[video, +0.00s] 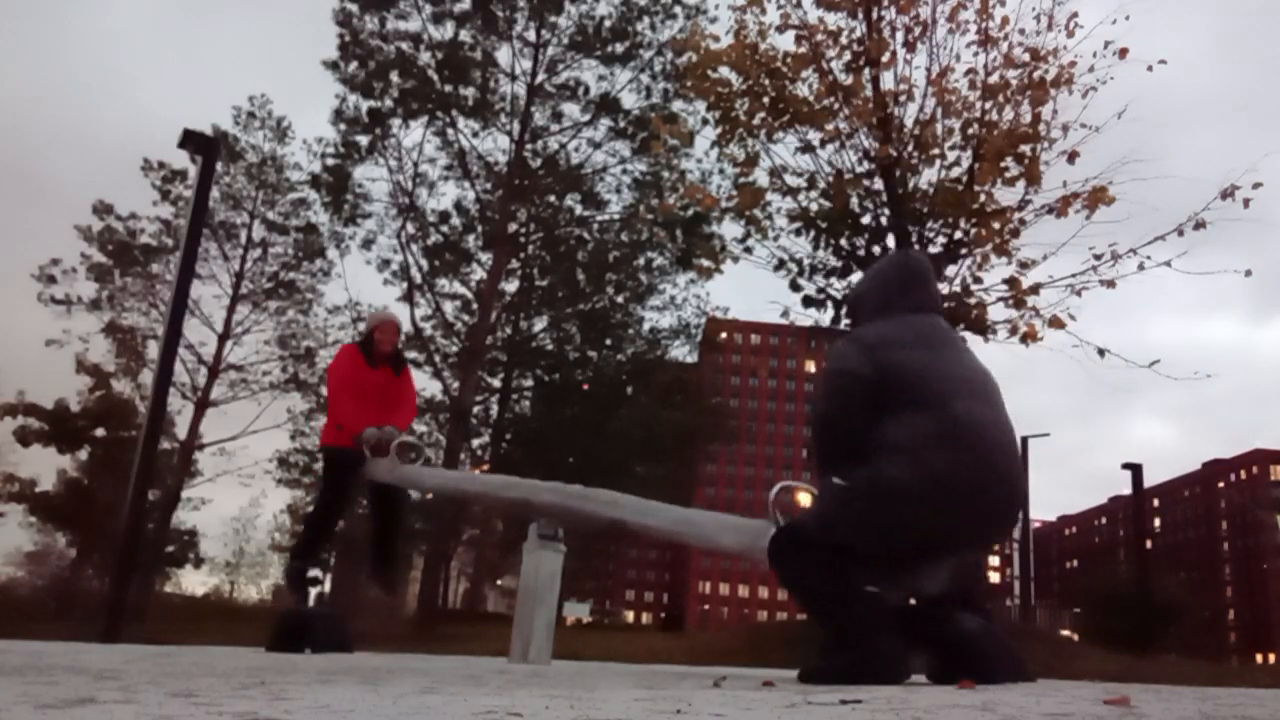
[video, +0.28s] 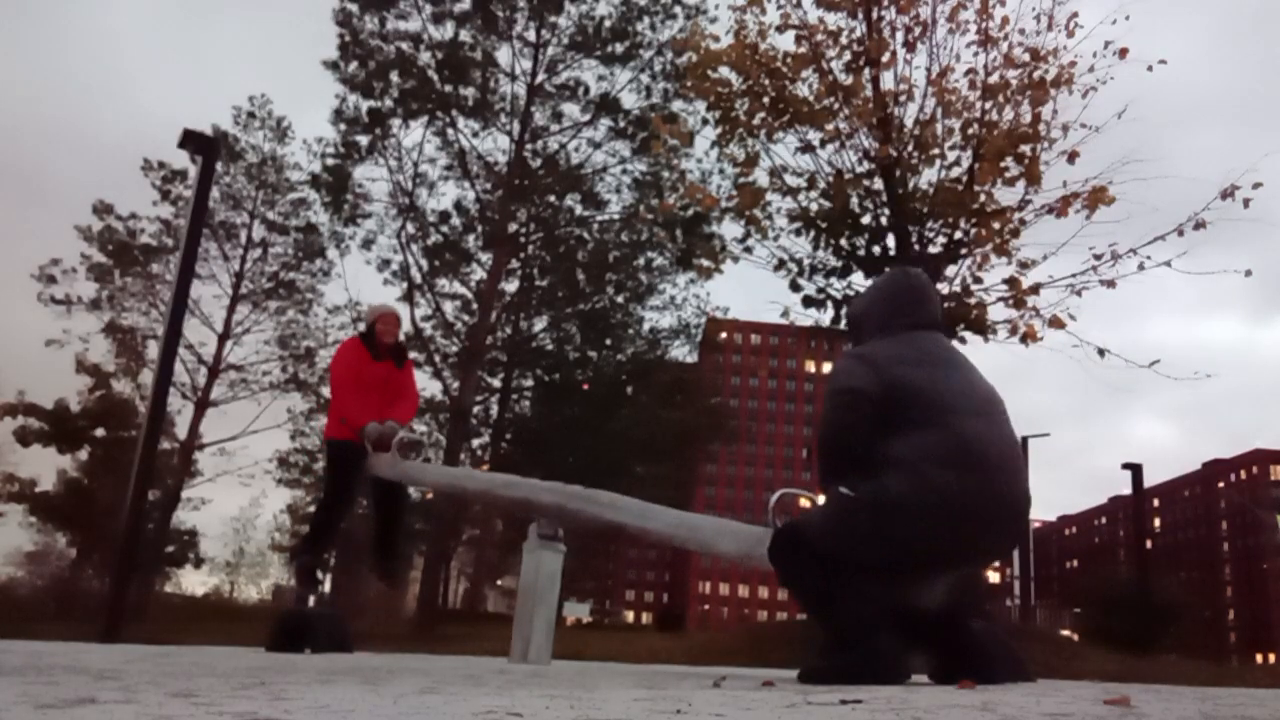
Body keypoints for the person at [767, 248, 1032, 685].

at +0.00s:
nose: (854, 314)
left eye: (858, 304)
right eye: (855, 304)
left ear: (873, 300)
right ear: (923, 300)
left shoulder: (862, 345)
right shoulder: (954, 347)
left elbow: (833, 442)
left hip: (912, 494)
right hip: (994, 499)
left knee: (796, 546)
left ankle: (863, 650)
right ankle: (976, 649)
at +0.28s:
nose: (853, 332)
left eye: (859, 321)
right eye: (855, 322)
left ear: (876, 317)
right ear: (924, 316)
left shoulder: (867, 359)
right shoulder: (954, 360)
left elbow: (836, 457)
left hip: (921, 509)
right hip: (1002, 515)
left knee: (795, 545)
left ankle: (864, 656)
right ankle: (984, 660)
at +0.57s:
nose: (846, 283)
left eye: (849, 274)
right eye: (848, 275)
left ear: (860, 269)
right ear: (916, 266)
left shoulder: (860, 307)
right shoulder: (942, 307)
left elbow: (837, 394)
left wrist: (849, 443)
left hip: (915, 441)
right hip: (993, 443)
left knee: (806, 526)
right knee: (927, 547)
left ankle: (862, 646)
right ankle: (987, 652)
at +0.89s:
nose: (849, 182)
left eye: (851, 173)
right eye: (852, 175)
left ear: (866, 161)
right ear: (913, 158)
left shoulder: (867, 189)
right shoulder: (946, 194)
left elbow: (846, 265)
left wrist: (833, 322)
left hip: (912, 322)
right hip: (985, 328)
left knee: (834, 442)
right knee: (917, 451)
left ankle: (856, 612)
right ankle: (968, 599)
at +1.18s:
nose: (859, 128)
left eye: (864, 120)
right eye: (860, 122)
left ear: (883, 109)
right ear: (921, 108)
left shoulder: (884, 139)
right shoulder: (956, 145)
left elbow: (850, 215)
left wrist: (832, 292)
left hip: (914, 271)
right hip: (983, 281)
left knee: (830, 368)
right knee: (906, 392)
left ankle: (844, 506)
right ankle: (947, 522)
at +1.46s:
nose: (872, 113)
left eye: (877, 102)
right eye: (871, 105)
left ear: (895, 89)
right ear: (928, 84)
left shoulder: (906, 115)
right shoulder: (964, 131)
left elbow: (856, 185)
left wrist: (803, 225)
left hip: (899, 269)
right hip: (964, 278)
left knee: (826, 356)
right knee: (908, 387)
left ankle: (842, 482)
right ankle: (944, 522)